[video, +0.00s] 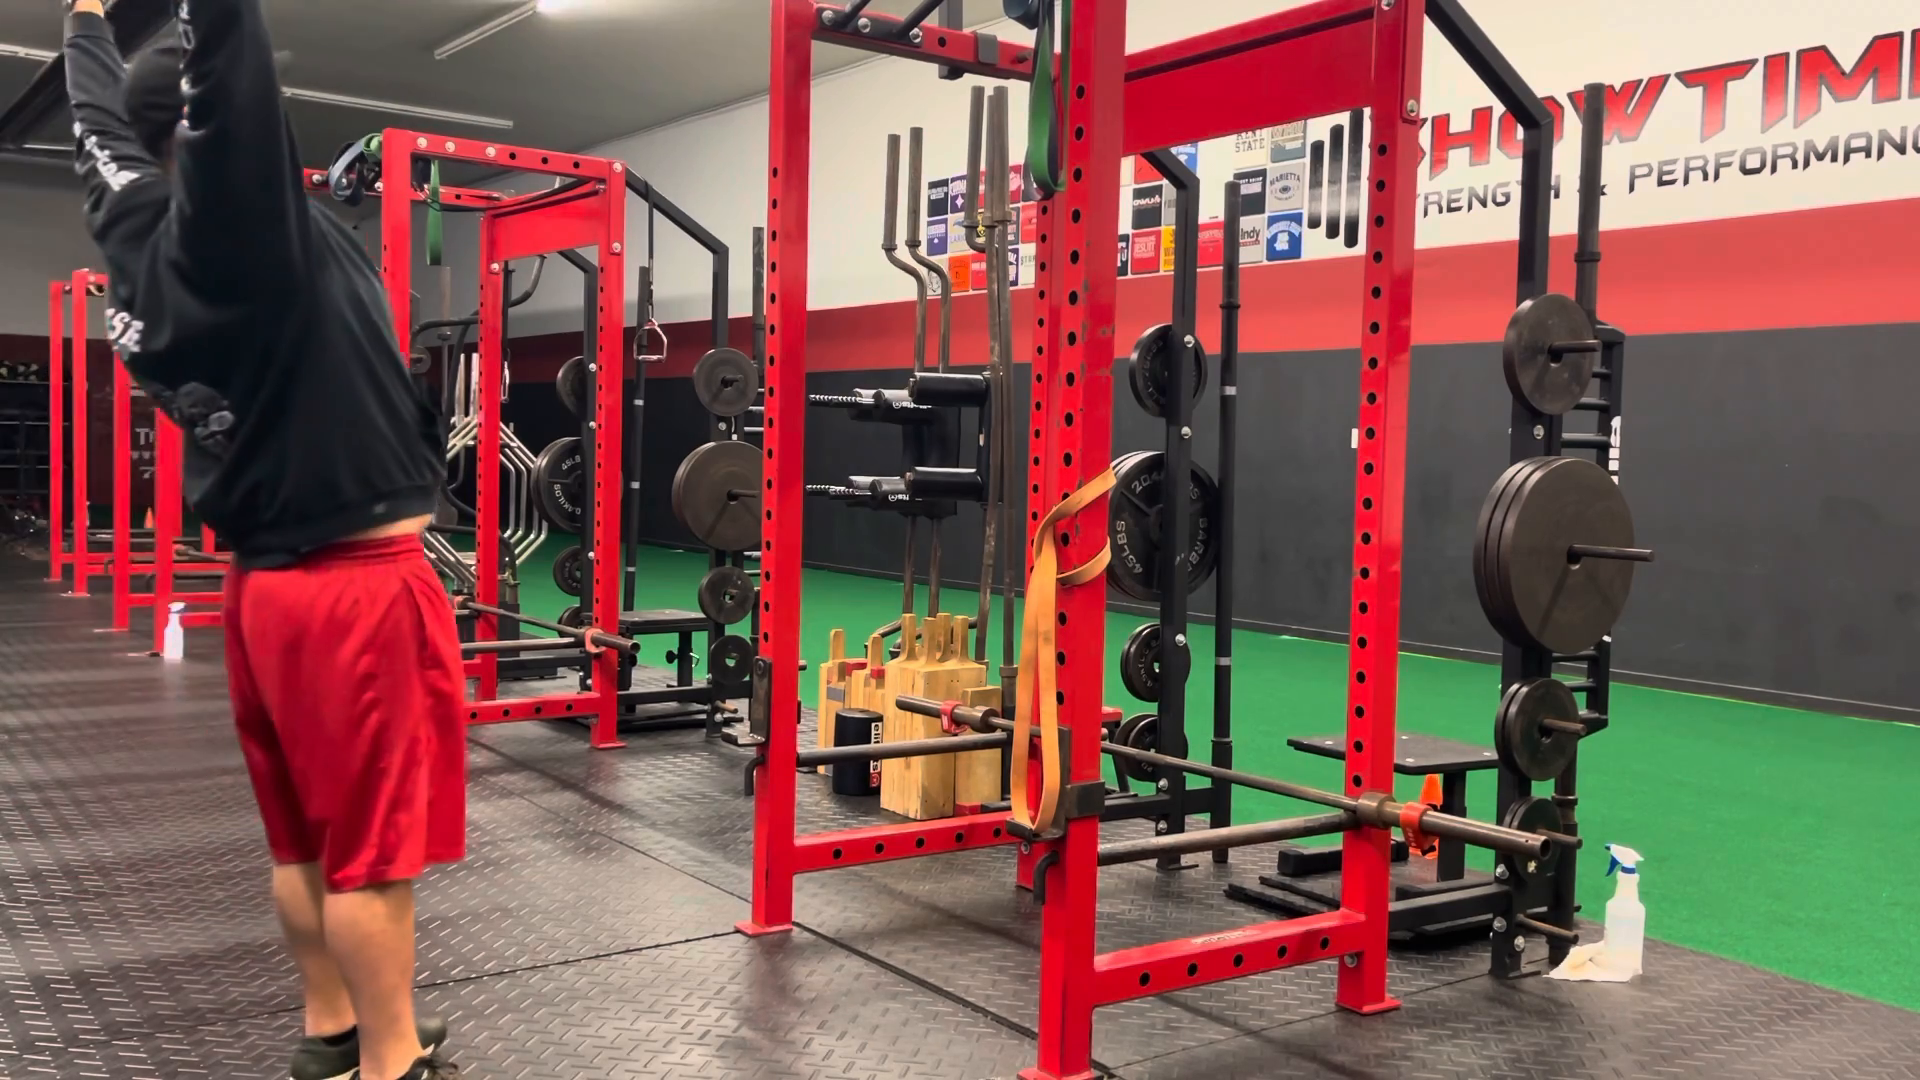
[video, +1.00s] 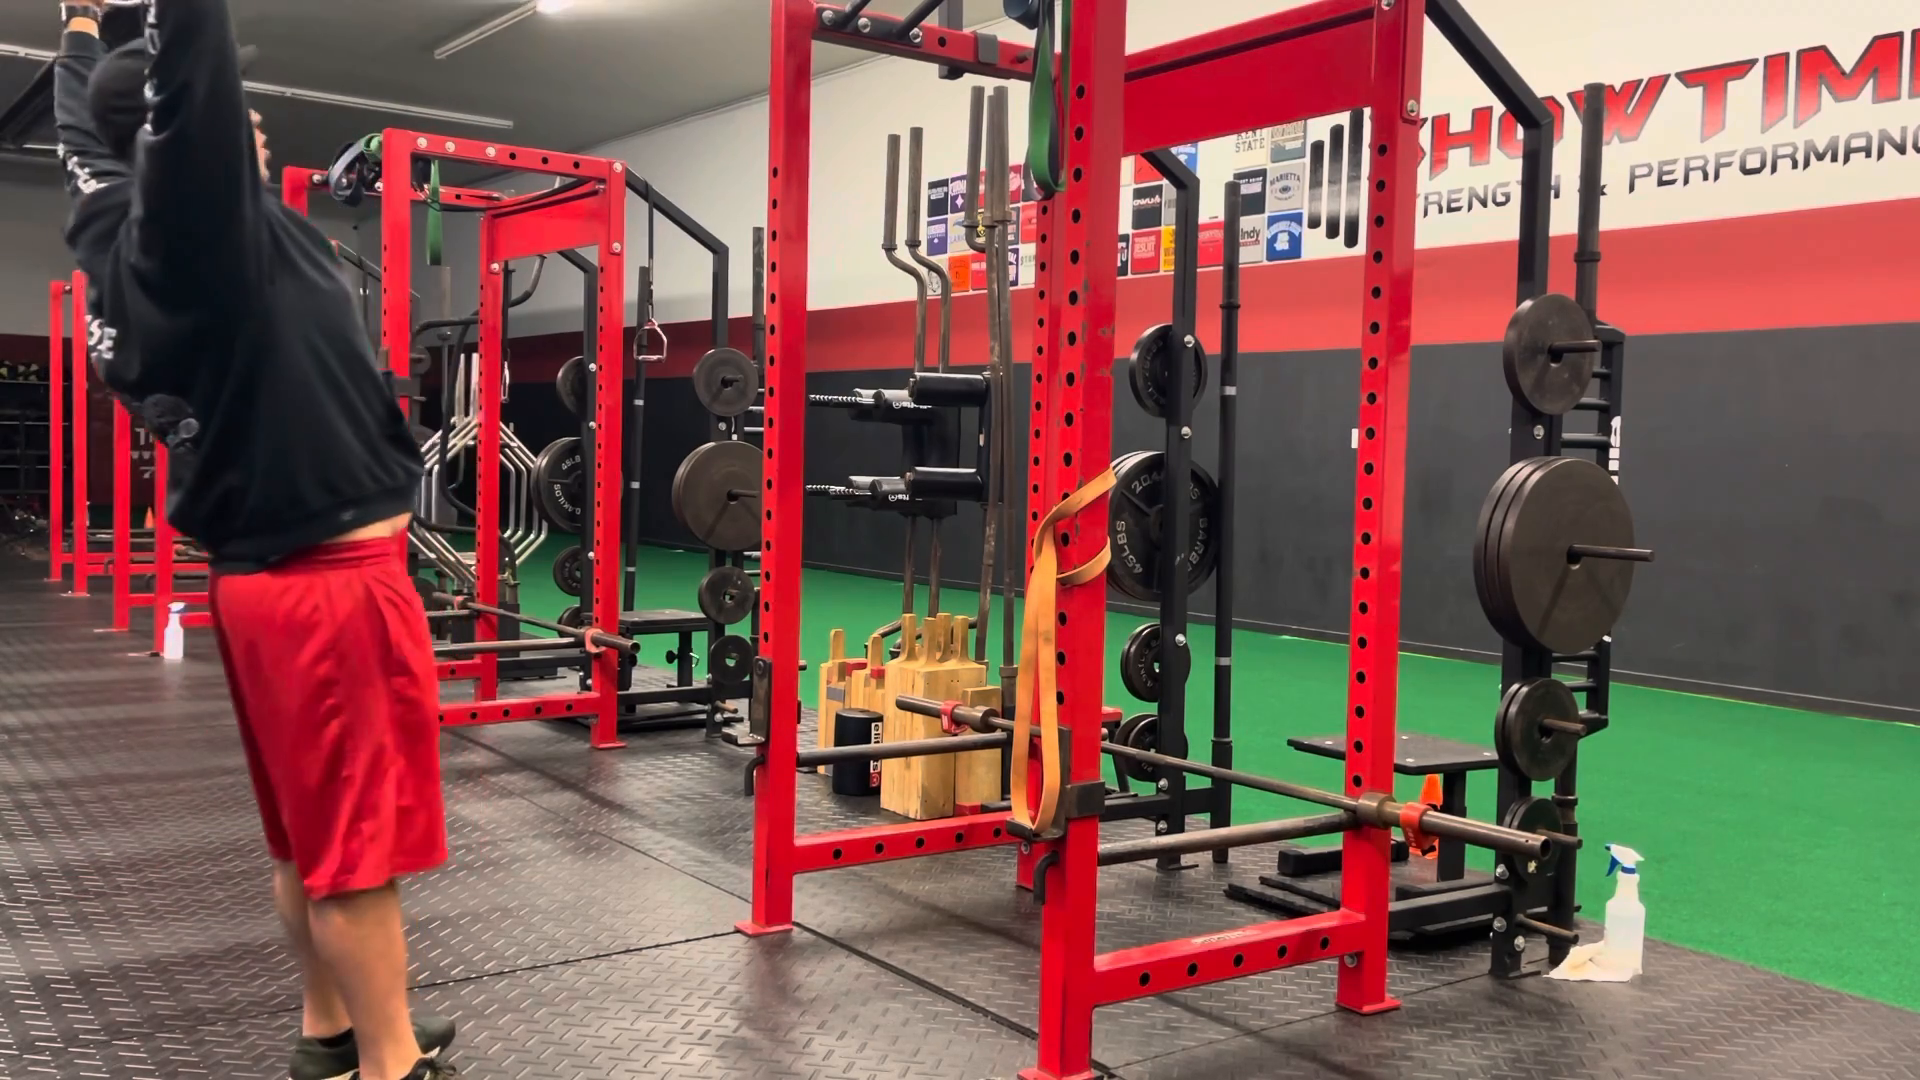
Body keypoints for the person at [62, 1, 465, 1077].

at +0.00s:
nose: (248, 122)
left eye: (221, 99)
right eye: (226, 99)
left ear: (149, 137)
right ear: (216, 119)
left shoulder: (146, 239)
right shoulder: (244, 220)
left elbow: (105, 130)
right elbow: (230, 62)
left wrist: (83, 18)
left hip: (263, 591)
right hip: (355, 591)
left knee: (300, 836)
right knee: (371, 855)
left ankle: (331, 1027)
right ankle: (392, 1056)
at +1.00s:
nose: (241, 127)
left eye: (225, 110)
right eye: (215, 111)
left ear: (115, 146)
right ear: (184, 126)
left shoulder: (134, 245)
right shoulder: (202, 222)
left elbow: (92, 132)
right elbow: (199, 72)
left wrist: (87, 27)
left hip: (262, 586)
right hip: (329, 587)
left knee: (312, 833)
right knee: (357, 847)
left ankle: (332, 1023)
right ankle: (390, 1059)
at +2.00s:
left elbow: (28, 323)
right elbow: (26, 326)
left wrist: (188, 245)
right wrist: (196, 241)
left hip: (38, 634)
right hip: (33, 644)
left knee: (193, 849)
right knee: (205, 879)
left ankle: (318, 1030)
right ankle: (358, 1066)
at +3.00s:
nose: (111, 133)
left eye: (97, 118)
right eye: (91, 118)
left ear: (29, 157)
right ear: (67, 136)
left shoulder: (48, 281)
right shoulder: (119, 247)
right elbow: (139, 51)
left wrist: (78, 45)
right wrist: (96, 26)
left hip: (220, 612)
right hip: (300, 597)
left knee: (288, 847)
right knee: (350, 858)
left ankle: (330, 1026)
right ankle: (388, 1061)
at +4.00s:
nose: (220, 134)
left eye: (211, 118)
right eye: (200, 119)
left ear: (114, 158)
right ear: (158, 141)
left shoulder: (83, 277)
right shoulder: (169, 254)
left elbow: (51, 152)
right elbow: (161, 98)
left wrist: (68, 34)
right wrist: (133, 1)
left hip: (228, 605)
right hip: (307, 594)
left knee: (293, 845)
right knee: (352, 855)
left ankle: (333, 1025)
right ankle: (389, 1058)